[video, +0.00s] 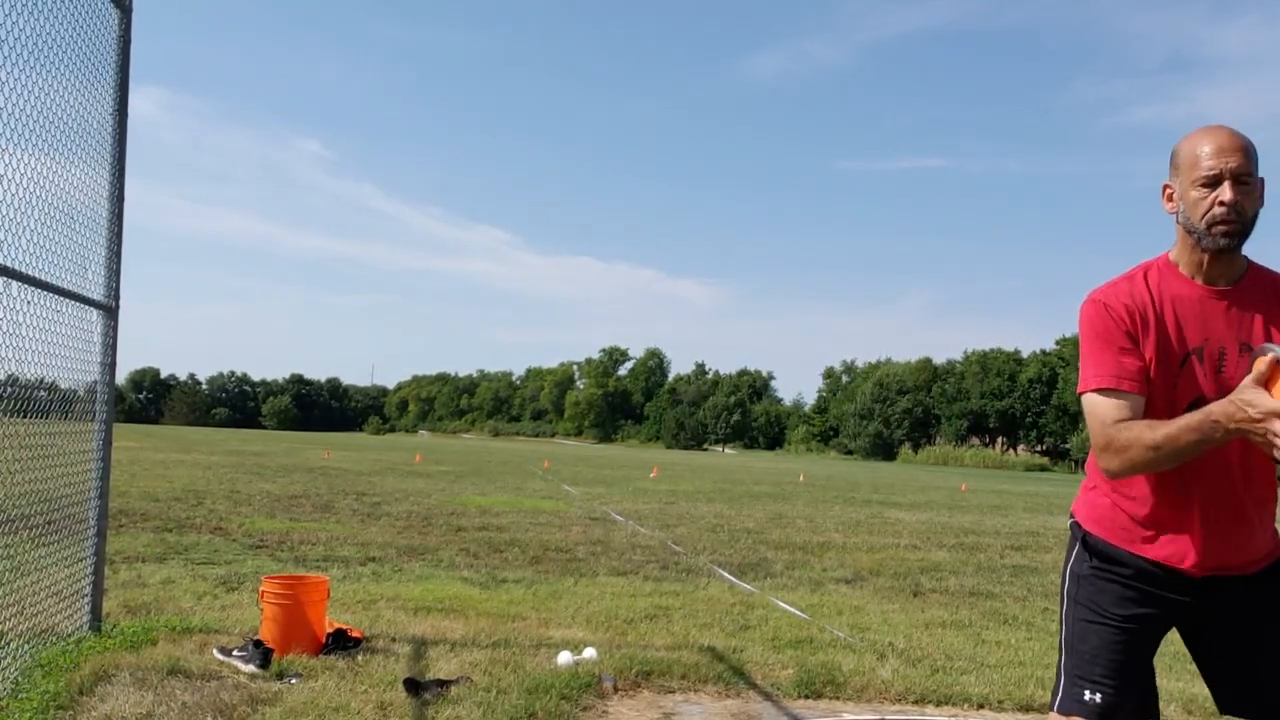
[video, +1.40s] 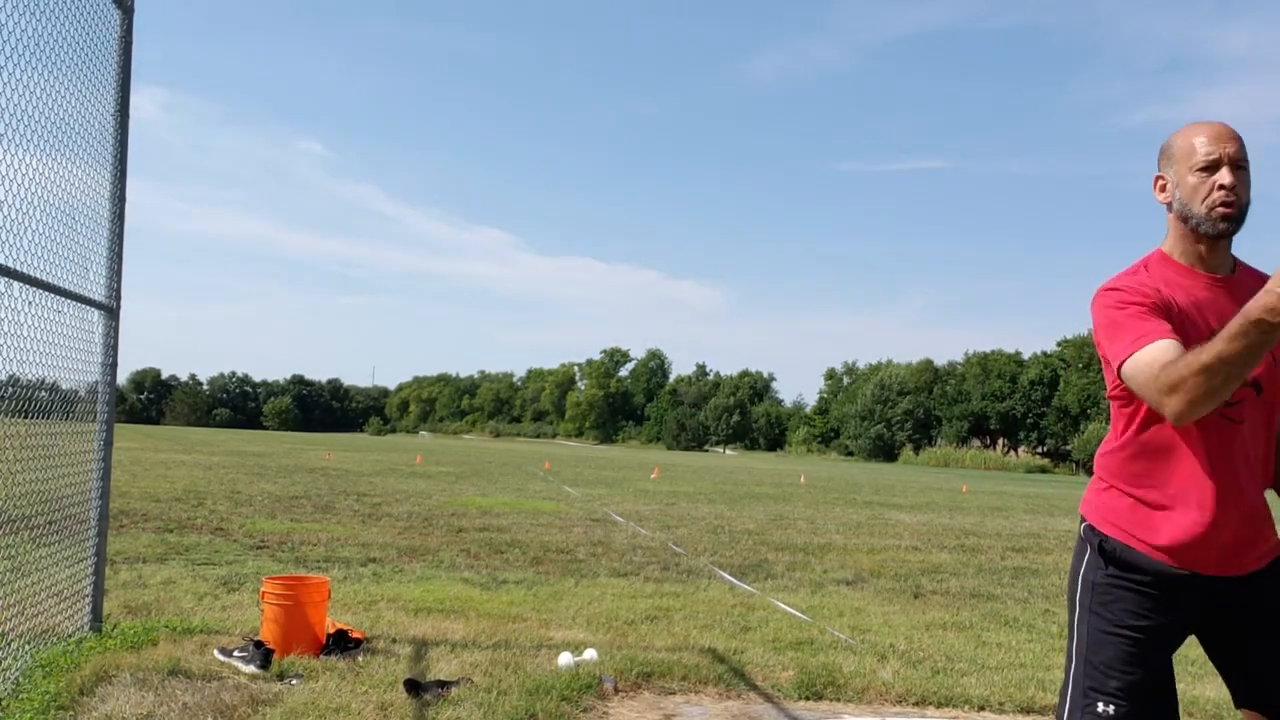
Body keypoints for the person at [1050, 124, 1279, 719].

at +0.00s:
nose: (1228, 195)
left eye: (1242, 180)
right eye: (1209, 182)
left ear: (1261, 193)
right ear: (1171, 199)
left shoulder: (1277, 301)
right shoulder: (1117, 306)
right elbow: (1112, 449)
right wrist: (1228, 417)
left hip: (1246, 568)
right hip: (1122, 563)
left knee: (1269, 704)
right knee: (1089, 711)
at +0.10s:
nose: (1223, 195)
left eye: (1236, 179)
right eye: (1203, 181)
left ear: (1256, 192)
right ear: (1166, 198)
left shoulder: (1277, 300)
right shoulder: (1113, 305)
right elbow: (1108, 449)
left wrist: (1269, 462)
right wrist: (1211, 454)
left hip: (1245, 562)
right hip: (1121, 558)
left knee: (1271, 703)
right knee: (1082, 710)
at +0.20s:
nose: (1220, 193)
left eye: (1233, 177)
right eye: (1201, 179)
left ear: (1253, 190)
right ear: (1164, 197)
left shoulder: (1276, 301)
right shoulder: (1114, 309)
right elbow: (1092, 452)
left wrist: (1275, 498)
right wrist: (1176, 520)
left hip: (1247, 570)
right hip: (1120, 563)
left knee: (1268, 705)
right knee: (1086, 711)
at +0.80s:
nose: (1227, 183)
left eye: (1241, 170)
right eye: (1209, 170)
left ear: (1259, 187)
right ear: (1172, 187)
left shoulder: (1275, 299)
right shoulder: (1122, 303)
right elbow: (1088, 449)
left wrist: (1270, 426)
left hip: (1256, 568)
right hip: (1134, 562)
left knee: (1269, 706)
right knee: (1099, 711)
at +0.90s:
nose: (1224, 174)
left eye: (1238, 164)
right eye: (1206, 163)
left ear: (1255, 183)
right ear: (1169, 183)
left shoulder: (1270, 282)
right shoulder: (1120, 290)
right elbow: (1118, 421)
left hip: (1260, 566)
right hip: (1138, 559)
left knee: (1274, 705)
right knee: (1097, 712)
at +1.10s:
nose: (1221, 166)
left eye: (1232, 158)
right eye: (1201, 158)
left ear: (1246, 183)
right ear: (1163, 186)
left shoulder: (1269, 293)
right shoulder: (1123, 295)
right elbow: (1127, 417)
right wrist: (1210, 322)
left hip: (1259, 567)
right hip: (1137, 561)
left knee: (1277, 703)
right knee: (1106, 711)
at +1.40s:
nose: (1229, 178)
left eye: (1238, 167)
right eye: (1209, 167)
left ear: (1250, 184)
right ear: (1164, 189)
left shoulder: (1266, 295)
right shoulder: (1125, 296)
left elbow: (1274, 450)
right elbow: (1178, 396)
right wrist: (1270, 307)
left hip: (1246, 559)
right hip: (1133, 558)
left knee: (1273, 701)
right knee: (1106, 711)